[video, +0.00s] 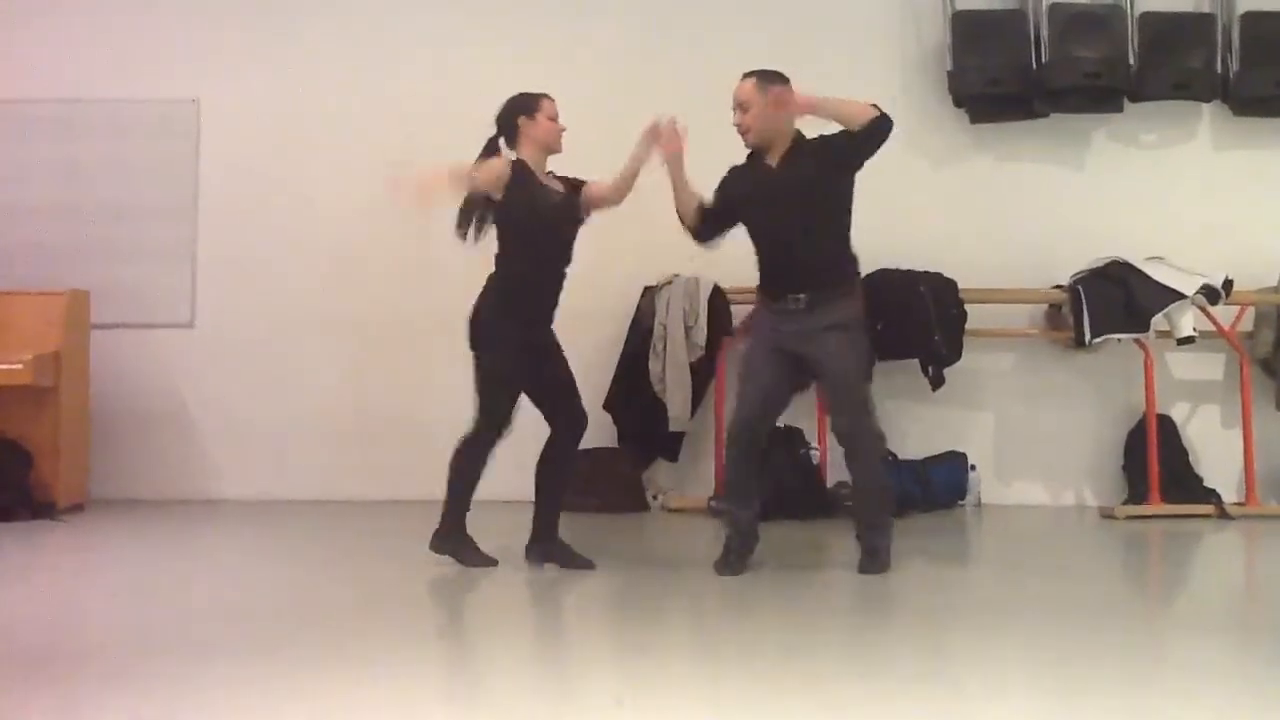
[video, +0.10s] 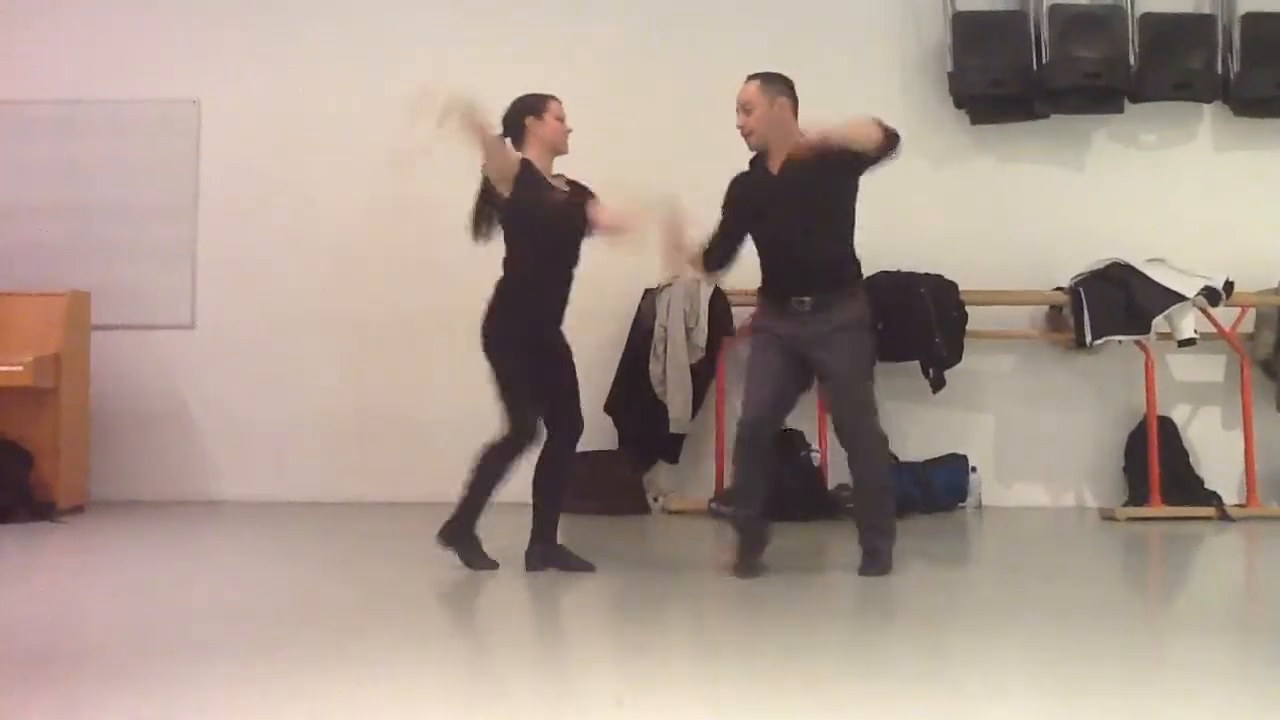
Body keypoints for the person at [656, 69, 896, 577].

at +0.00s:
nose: (737, 120)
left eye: (744, 108)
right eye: (734, 111)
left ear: (781, 106)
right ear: (747, 115)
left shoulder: (830, 154)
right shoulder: (743, 179)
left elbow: (878, 123)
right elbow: (702, 228)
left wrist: (808, 104)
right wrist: (675, 164)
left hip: (835, 315)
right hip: (774, 318)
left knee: (854, 424)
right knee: (746, 424)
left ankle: (875, 537)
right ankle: (740, 535)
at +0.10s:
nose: (739, 122)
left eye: (747, 110)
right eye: (737, 113)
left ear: (784, 109)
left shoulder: (834, 158)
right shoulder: (747, 186)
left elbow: (887, 141)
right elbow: (716, 259)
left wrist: (833, 136)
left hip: (839, 317)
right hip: (777, 320)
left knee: (858, 430)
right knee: (755, 422)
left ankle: (876, 545)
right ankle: (749, 543)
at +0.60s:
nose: (744, 100)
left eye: (754, 90)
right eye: (743, 92)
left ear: (792, 94)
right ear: (750, 100)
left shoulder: (838, 161)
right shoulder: (734, 161)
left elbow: (852, 232)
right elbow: (681, 210)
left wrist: (811, 240)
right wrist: (672, 154)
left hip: (812, 313)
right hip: (748, 313)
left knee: (808, 423)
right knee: (750, 429)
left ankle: (796, 541)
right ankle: (756, 539)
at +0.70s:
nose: (748, 99)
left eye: (758, 90)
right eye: (746, 91)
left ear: (795, 95)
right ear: (750, 101)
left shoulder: (837, 163)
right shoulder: (736, 159)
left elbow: (848, 238)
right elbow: (680, 197)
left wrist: (798, 244)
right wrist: (681, 132)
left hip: (814, 312)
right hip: (751, 311)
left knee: (804, 428)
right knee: (751, 430)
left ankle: (793, 543)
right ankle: (755, 539)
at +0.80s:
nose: (749, 96)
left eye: (759, 87)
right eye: (747, 89)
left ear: (796, 92)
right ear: (752, 99)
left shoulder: (838, 162)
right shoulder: (737, 157)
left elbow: (851, 237)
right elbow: (680, 195)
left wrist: (800, 242)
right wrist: (683, 129)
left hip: (818, 311)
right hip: (754, 309)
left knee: (807, 428)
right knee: (752, 427)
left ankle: (792, 542)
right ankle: (753, 536)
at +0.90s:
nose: (751, 98)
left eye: (761, 89)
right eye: (749, 91)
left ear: (798, 94)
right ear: (754, 101)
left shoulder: (841, 164)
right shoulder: (740, 161)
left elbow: (856, 240)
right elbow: (684, 199)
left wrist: (804, 234)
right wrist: (686, 136)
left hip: (822, 311)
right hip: (758, 310)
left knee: (814, 430)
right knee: (753, 427)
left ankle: (792, 543)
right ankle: (749, 536)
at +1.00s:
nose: (752, 104)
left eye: (762, 94)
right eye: (750, 96)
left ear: (799, 99)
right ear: (754, 104)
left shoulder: (845, 168)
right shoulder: (742, 168)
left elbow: (864, 243)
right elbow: (690, 214)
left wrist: (814, 242)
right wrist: (687, 150)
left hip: (824, 320)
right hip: (759, 318)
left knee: (814, 435)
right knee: (738, 422)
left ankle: (794, 547)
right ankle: (746, 528)